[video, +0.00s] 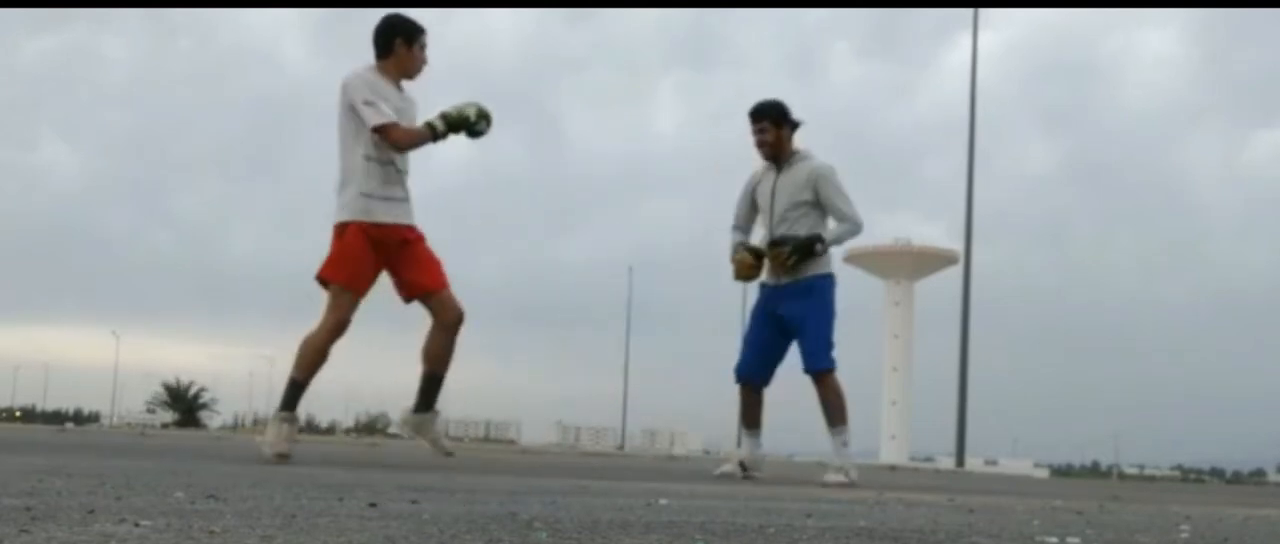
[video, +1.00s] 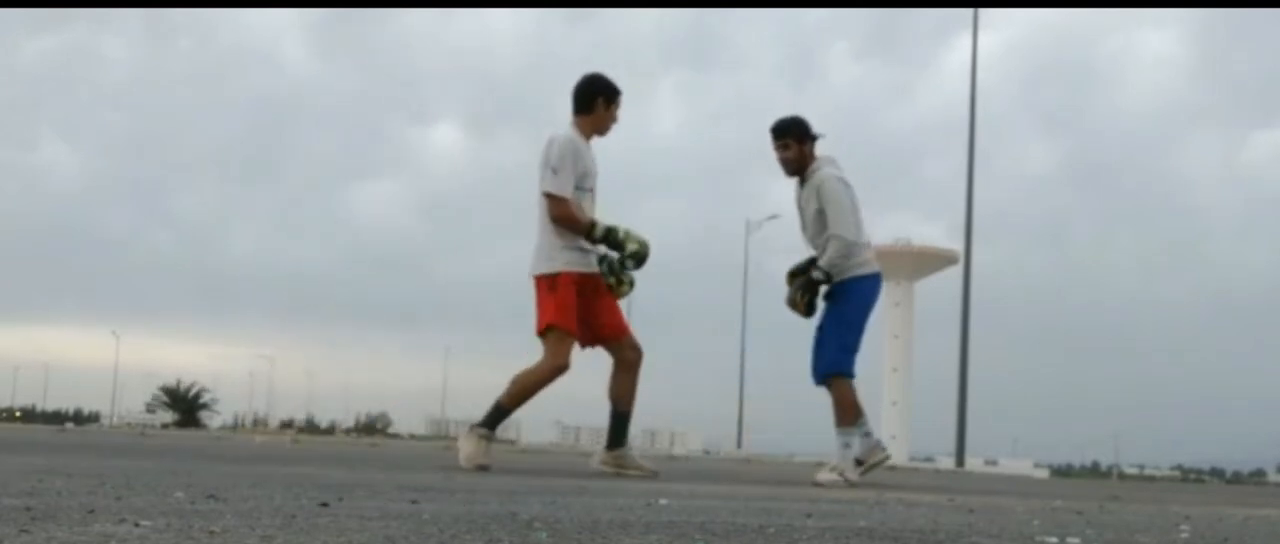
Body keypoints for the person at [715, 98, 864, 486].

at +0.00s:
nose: (758, 141)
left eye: (764, 133)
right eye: (755, 134)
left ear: (787, 131)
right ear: (755, 136)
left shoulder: (817, 173)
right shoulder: (759, 179)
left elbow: (852, 223)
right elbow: (740, 228)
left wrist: (816, 242)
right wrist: (741, 252)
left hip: (812, 288)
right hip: (773, 290)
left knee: (820, 369)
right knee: (749, 374)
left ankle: (843, 461)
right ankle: (748, 458)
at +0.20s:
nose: (774, 134)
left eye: (780, 125)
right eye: (771, 127)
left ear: (803, 124)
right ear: (773, 130)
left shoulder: (832, 159)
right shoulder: (788, 174)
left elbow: (867, 207)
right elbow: (805, 221)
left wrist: (829, 236)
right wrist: (792, 243)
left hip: (835, 278)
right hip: (801, 280)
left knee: (836, 368)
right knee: (776, 366)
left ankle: (844, 462)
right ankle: (772, 452)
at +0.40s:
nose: (786, 134)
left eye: (792, 126)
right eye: (782, 127)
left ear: (814, 125)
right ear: (785, 130)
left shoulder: (834, 158)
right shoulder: (808, 168)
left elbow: (864, 206)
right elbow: (822, 222)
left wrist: (833, 246)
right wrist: (802, 246)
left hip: (846, 276)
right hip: (819, 276)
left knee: (839, 366)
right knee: (800, 364)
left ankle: (845, 461)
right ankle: (829, 446)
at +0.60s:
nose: (791, 136)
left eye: (797, 128)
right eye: (787, 129)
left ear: (818, 126)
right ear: (789, 132)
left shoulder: (838, 159)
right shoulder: (812, 170)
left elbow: (872, 208)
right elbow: (823, 221)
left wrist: (842, 248)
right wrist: (806, 244)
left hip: (847, 273)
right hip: (827, 273)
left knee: (839, 365)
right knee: (838, 365)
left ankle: (846, 457)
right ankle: (869, 447)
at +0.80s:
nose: (790, 142)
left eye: (796, 133)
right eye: (787, 135)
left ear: (817, 132)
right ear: (788, 138)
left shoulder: (838, 166)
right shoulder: (810, 177)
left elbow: (868, 218)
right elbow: (824, 226)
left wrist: (837, 257)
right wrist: (807, 248)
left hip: (852, 277)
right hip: (834, 278)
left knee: (841, 365)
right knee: (849, 365)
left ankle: (848, 459)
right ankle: (881, 449)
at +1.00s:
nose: (782, 156)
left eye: (789, 147)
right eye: (778, 149)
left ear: (808, 146)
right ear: (776, 151)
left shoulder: (827, 181)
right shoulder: (807, 185)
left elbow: (845, 238)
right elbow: (829, 240)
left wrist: (816, 275)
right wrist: (808, 268)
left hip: (856, 278)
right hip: (843, 280)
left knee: (835, 369)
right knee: (828, 369)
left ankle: (847, 461)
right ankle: (867, 444)